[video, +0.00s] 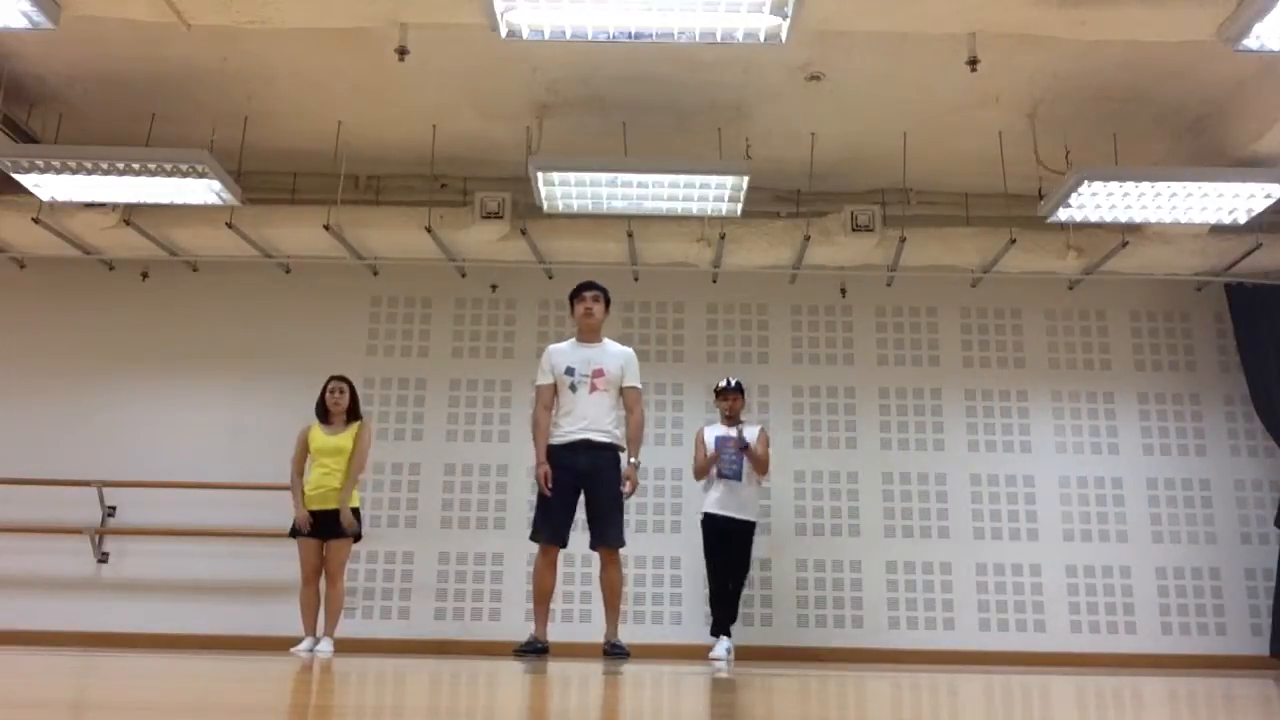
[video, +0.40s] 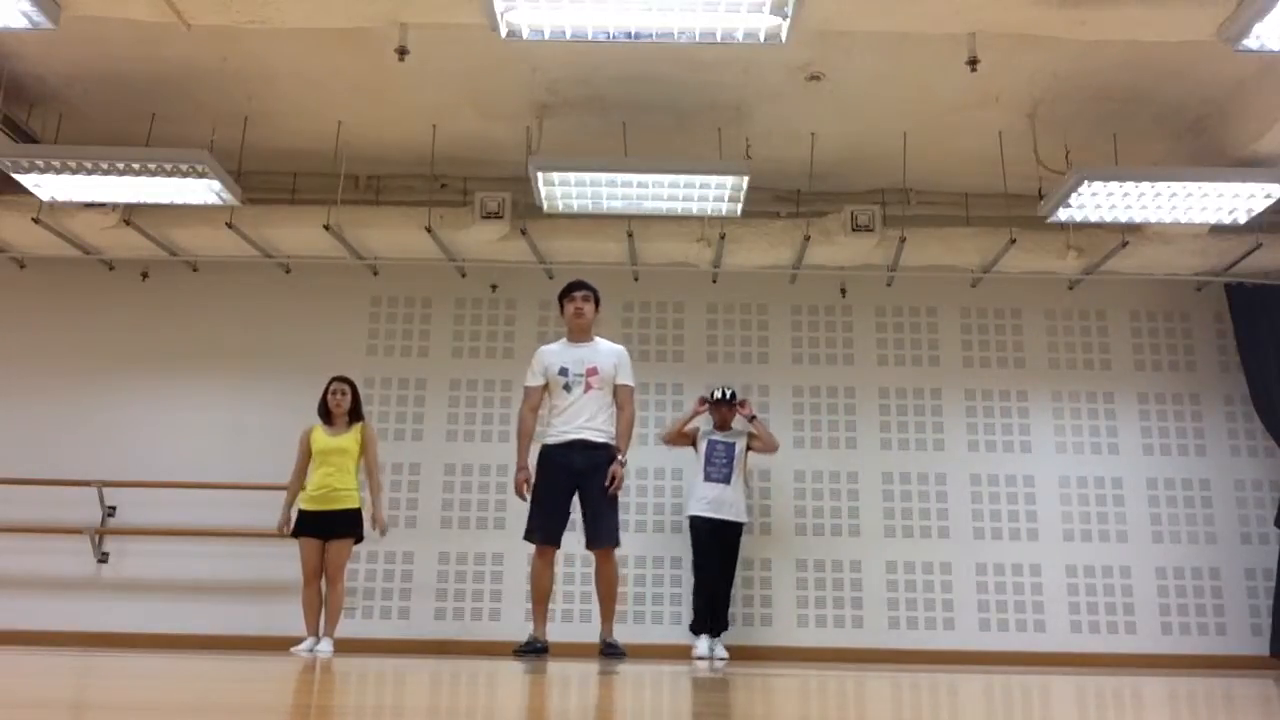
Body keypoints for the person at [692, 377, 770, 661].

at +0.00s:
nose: (729, 404)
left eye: (734, 399)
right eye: (724, 399)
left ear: (743, 402)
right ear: (717, 402)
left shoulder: (756, 433)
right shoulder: (706, 433)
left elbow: (763, 469)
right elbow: (698, 473)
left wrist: (746, 448)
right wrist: (714, 456)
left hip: (744, 513)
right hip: (715, 510)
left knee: (736, 576)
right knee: (717, 575)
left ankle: (722, 634)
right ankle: (722, 636)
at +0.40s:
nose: (723, 413)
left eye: (727, 408)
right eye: (718, 408)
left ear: (735, 410)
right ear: (710, 410)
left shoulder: (743, 437)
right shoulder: (700, 435)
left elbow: (772, 446)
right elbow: (668, 438)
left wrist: (751, 418)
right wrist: (693, 413)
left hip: (731, 515)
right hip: (703, 513)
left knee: (724, 577)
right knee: (705, 575)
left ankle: (717, 637)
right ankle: (701, 635)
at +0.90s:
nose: (709, 412)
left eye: (713, 408)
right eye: (704, 407)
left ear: (719, 411)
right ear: (695, 410)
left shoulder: (727, 436)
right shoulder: (684, 433)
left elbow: (763, 428)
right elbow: (650, 418)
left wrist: (736, 406)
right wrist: (680, 399)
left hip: (719, 515)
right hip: (690, 514)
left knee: (718, 579)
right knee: (689, 579)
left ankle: (715, 638)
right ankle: (687, 638)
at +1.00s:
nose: (703, 413)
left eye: (708, 408)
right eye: (698, 408)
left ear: (715, 411)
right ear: (691, 411)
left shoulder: (724, 436)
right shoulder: (680, 434)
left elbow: (759, 427)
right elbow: (645, 418)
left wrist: (731, 405)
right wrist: (675, 399)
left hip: (716, 515)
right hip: (687, 514)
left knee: (720, 578)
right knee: (687, 578)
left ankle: (716, 636)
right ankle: (686, 638)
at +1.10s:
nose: (701, 412)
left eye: (706, 408)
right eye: (696, 408)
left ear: (713, 412)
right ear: (689, 411)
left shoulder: (722, 436)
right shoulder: (677, 434)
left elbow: (757, 427)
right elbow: (641, 421)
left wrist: (729, 407)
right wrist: (672, 401)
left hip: (715, 516)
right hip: (684, 515)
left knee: (723, 576)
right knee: (686, 578)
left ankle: (716, 636)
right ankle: (686, 638)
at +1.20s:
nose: (700, 410)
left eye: (704, 406)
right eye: (695, 406)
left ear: (712, 411)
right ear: (687, 410)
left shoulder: (720, 436)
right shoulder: (676, 435)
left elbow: (755, 429)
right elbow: (638, 425)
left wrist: (729, 407)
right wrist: (669, 402)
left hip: (713, 515)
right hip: (683, 515)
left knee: (720, 577)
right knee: (685, 578)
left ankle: (715, 636)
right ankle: (685, 638)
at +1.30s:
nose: (699, 409)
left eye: (704, 405)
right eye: (694, 406)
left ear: (710, 410)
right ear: (686, 410)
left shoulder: (720, 437)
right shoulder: (675, 436)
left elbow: (756, 430)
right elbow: (638, 431)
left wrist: (729, 407)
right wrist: (662, 404)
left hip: (712, 516)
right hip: (682, 515)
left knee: (715, 578)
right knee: (684, 579)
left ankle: (715, 637)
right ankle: (685, 638)